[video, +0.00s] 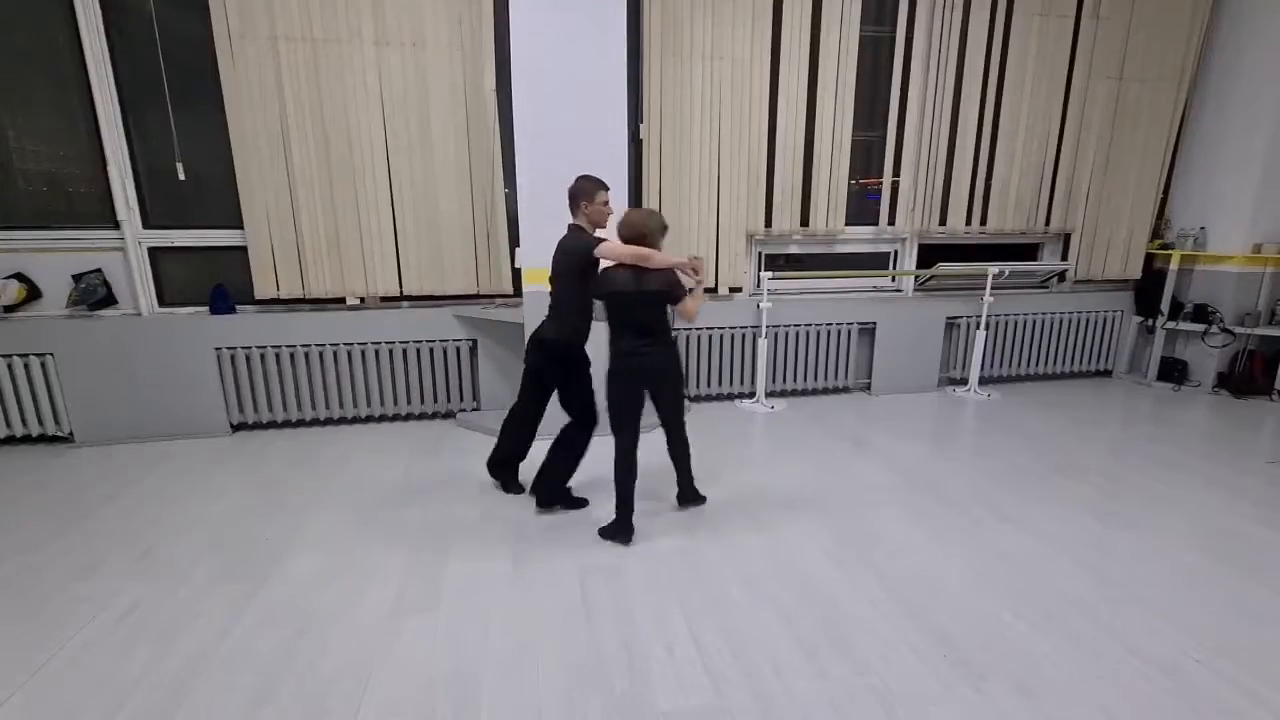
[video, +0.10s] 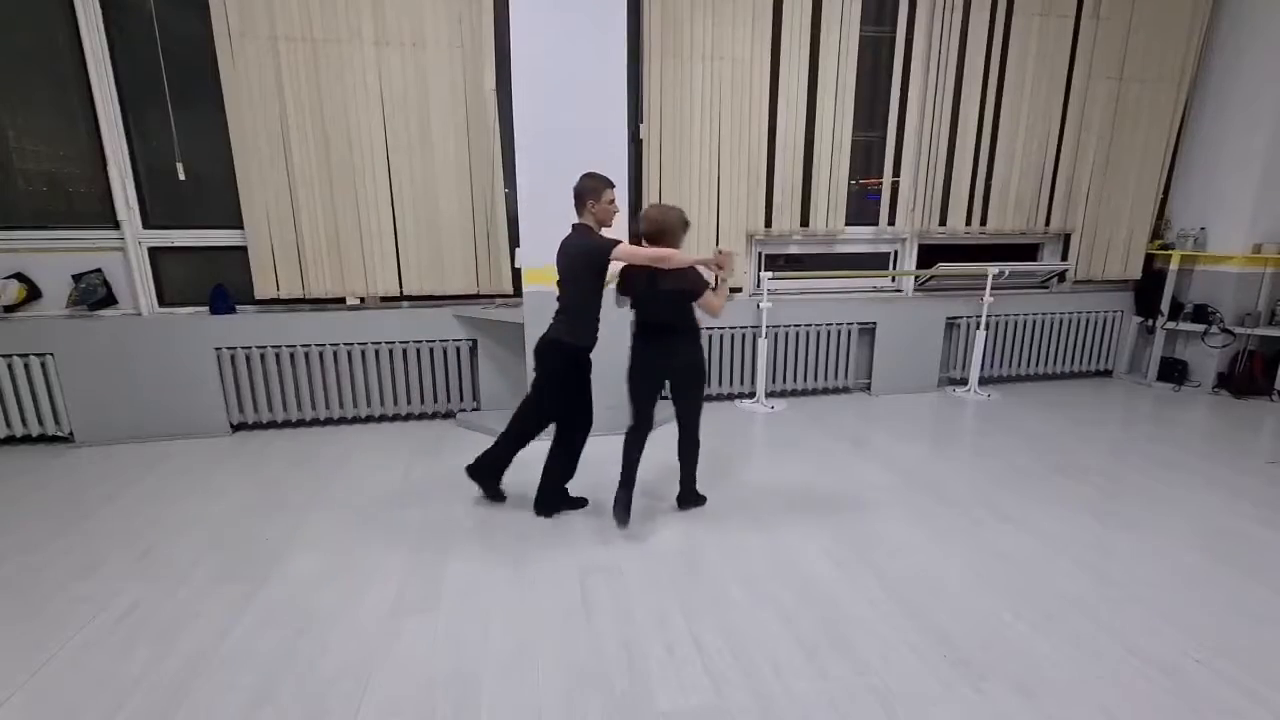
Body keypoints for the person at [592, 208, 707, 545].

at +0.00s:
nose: (663, 243)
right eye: (662, 238)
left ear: (623, 239)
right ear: (655, 241)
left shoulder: (608, 279)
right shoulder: (665, 277)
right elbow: (688, 312)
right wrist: (699, 285)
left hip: (624, 367)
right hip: (663, 365)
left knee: (625, 443)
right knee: (675, 430)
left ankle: (623, 522)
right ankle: (687, 490)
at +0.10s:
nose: (684, 238)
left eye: (683, 234)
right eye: (683, 234)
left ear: (646, 235)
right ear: (677, 237)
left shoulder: (631, 271)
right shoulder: (686, 275)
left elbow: (621, 299)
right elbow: (715, 309)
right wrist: (723, 278)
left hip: (645, 354)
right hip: (685, 355)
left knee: (640, 423)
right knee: (689, 425)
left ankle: (624, 493)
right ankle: (687, 491)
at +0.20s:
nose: (695, 244)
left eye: (695, 239)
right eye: (694, 239)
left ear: (659, 241)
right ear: (689, 242)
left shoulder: (653, 275)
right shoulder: (688, 283)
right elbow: (714, 319)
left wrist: (644, 225)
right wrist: (735, 291)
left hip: (663, 357)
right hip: (692, 363)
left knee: (687, 403)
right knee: (695, 429)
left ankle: (650, 417)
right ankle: (686, 492)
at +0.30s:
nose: (707, 241)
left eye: (705, 236)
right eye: (704, 237)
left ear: (671, 243)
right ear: (697, 244)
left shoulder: (693, 272)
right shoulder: (679, 284)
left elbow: (693, 229)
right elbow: (688, 333)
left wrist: (681, 201)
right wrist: (720, 328)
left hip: (705, 357)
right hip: (689, 364)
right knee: (696, 421)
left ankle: (691, 418)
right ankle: (683, 483)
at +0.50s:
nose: (699, 235)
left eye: (705, 229)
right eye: (694, 231)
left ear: (719, 233)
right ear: (689, 237)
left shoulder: (734, 260)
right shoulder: (685, 267)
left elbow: (744, 217)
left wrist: (724, 175)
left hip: (733, 352)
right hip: (695, 354)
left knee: (756, 419)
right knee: (702, 423)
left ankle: (786, 479)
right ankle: (706, 480)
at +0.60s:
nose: (714, 231)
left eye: (720, 225)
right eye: (710, 226)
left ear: (732, 227)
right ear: (705, 230)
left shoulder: (740, 256)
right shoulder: (704, 262)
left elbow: (735, 217)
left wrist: (724, 174)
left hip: (738, 344)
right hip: (707, 344)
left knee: (758, 416)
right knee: (707, 420)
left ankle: (789, 481)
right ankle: (710, 479)